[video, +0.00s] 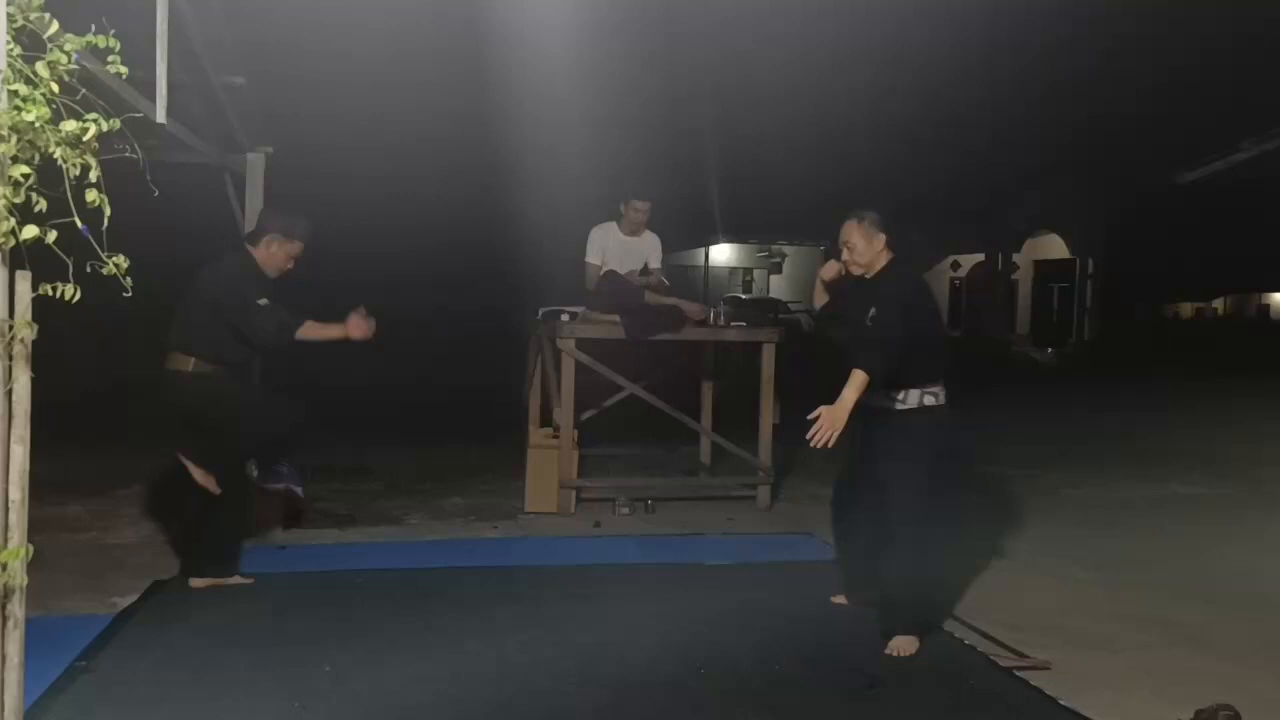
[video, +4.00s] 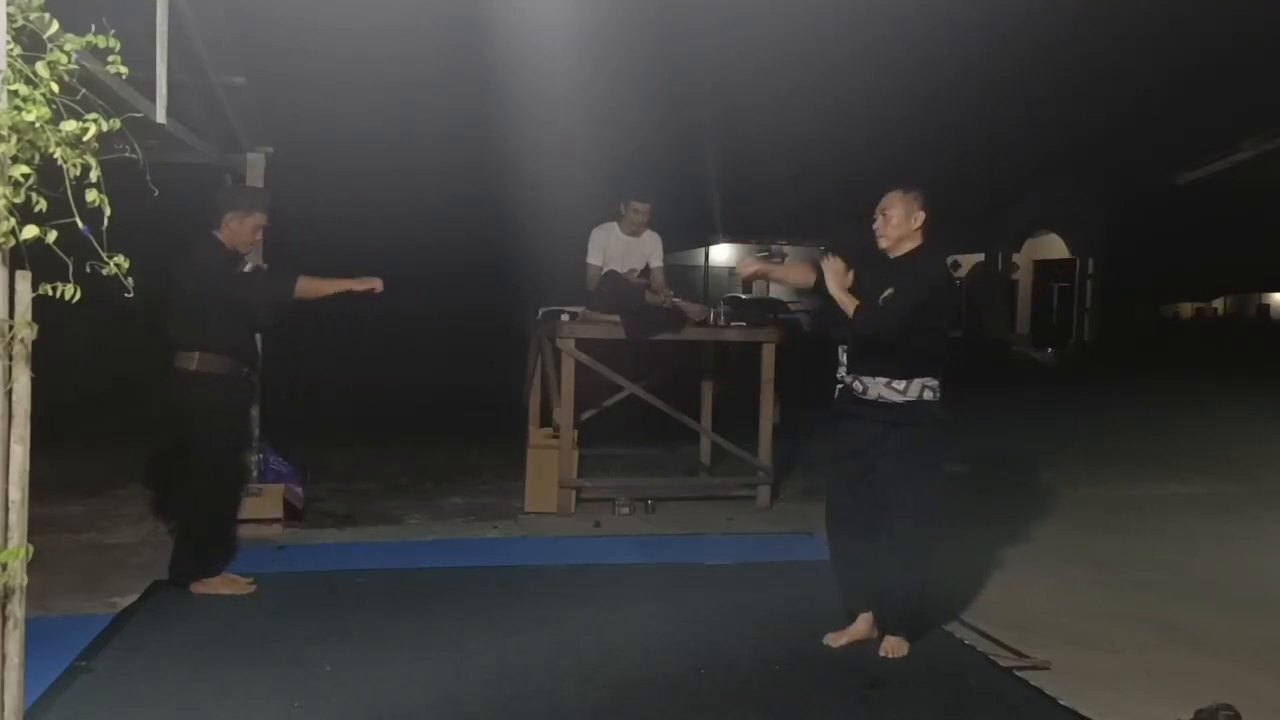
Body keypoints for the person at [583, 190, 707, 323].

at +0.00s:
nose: (640, 218)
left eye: (645, 212)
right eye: (635, 211)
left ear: (649, 214)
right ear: (623, 208)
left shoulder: (652, 240)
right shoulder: (600, 233)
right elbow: (591, 284)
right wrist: (622, 281)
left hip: (635, 302)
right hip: (602, 301)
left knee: (676, 315)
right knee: (610, 278)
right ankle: (677, 303)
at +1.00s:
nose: (641, 219)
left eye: (646, 214)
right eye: (636, 212)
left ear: (650, 215)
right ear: (623, 210)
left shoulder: (653, 240)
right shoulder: (601, 234)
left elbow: (659, 283)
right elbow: (591, 284)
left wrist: (664, 294)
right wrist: (623, 280)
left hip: (636, 299)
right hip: (602, 300)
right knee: (611, 278)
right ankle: (678, 311)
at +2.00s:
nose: (640, 219)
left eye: (645, 214)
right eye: (635, 213)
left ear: (650, 215)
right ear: (623, 210)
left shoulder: (653, 240)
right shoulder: (601, 234)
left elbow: (659, 282)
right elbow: (591, 285)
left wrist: (665, 296)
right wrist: (623, 281)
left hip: (636, 301)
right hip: (602, 300)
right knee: (611, 278)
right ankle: (661, 304)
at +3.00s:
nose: (641, 219)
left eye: (646, 214)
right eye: (636, 212)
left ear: (650, 214)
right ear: (623, 210)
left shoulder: (653, 239)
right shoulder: (601, 234)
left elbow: (658, 282)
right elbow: (591, 284)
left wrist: (664, 295)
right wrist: (623, 281)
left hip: (636, 300)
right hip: (603, 299)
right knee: (610, 278)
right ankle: (676, 308)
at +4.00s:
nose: (641, 219)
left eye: (645, 214)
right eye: (635, 212)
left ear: (650, 214)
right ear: (623, 209)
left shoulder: (653, 240)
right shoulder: (601, 234)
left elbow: (658, 282)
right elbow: (592, 285)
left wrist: (664, 294)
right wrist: (622, 280)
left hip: (635, 298)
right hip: (602, 300)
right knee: (611, 278)